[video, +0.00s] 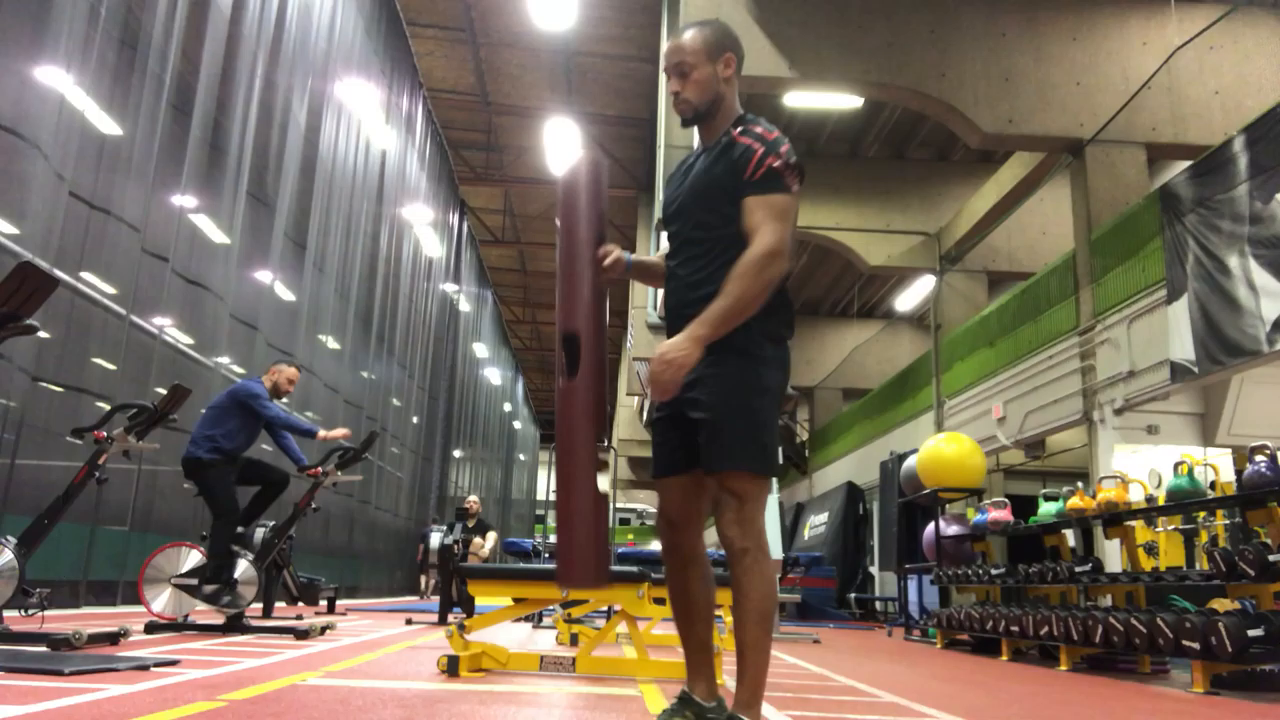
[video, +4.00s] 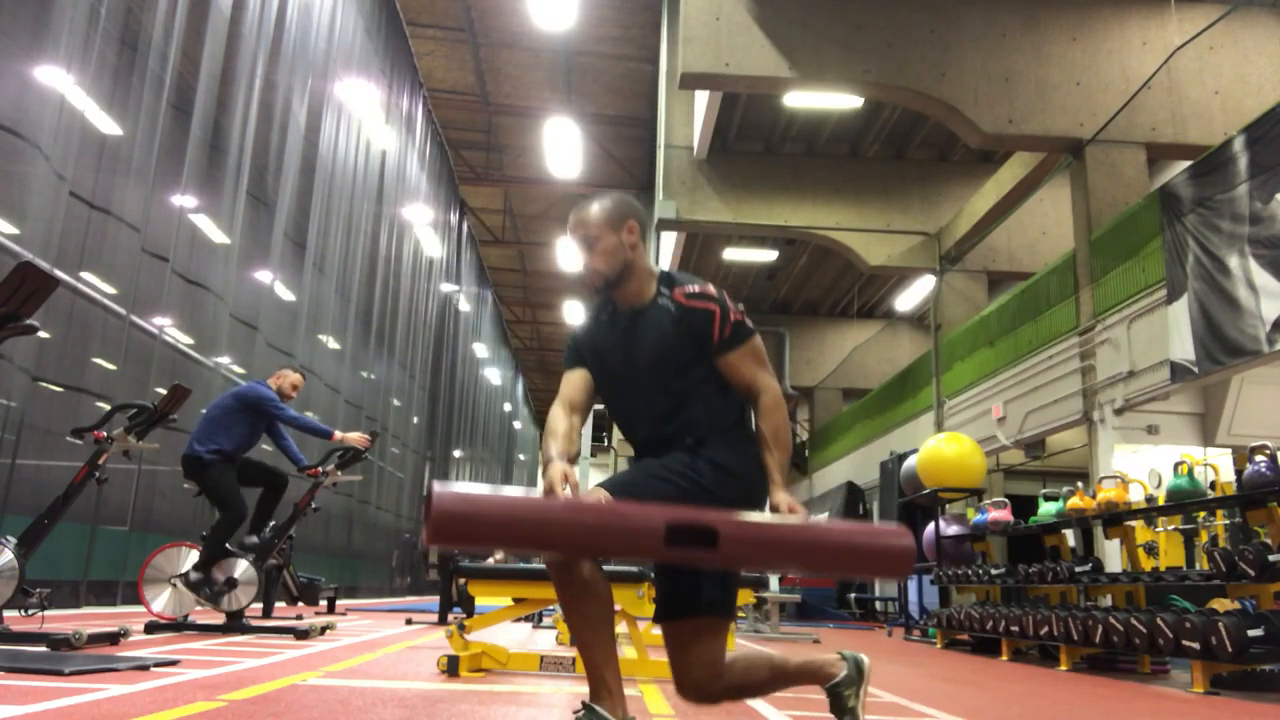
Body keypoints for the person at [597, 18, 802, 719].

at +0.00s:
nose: (671, 85)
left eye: (683, 70)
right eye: (667, 74)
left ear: (727, 68)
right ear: (673, 79)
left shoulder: (761, 143)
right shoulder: (686, 169)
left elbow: (771, 253)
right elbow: (687, 273)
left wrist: (694, 338)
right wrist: (629, 266)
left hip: (743, 359)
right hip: (684, 359)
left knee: (740, 525)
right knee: (677, 523)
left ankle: (748, 708)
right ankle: (701, 694)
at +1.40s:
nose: (627, 110)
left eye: (639, 97)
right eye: (625, 101)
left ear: (681, 98)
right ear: (654, 105)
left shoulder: (705, 163)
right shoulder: (661, 185)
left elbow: (717, 253)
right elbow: (646, 297)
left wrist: (624, 255)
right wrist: (586, 276)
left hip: (678, 366)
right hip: (654, 366)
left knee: (649, 525)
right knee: (645, 526)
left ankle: (685, 699)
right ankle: (683, 696)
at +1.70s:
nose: (616, 110)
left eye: (628, 95)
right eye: (613, 101)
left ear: (670, 97)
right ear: (622, 110)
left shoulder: (698, 165)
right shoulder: (635, 194)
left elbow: (690, 256)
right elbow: (581, 249)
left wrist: (589, 258)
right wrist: (525, 198)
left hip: (668, 363)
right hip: (648, 364)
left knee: (616, 521)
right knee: (654, 535)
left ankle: (609, 703)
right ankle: (687, 699)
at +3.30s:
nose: (574, 92)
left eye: (585, 78)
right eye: (571, 83)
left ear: (630, 79)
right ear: (579, 93)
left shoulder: (663, 158)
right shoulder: (592, 186)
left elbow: (697, 257)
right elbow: (559, 272)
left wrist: (629, 321)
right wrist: (499, 271)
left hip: (649, 371)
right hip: (607, 372)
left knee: (603, 526)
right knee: (574, 526)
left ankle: (616, 707)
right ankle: (658, 674)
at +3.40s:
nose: (572, 98)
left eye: (584, 84)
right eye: (569, 88)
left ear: (628, 83)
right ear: (581, 95)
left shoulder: (669, 165)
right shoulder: (581, 193)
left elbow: (711, 264)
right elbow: (544, 275)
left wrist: (669, 343)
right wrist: (487, 283)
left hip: (659, 368)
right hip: (616, 370)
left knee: (599, 522)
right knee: (610, 535)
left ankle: (614, 707)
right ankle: (725, 645)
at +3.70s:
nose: (571, 168)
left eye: (581, 153)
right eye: (566, 156)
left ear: (620, 147)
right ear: (568, 161)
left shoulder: (678, 221)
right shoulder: (579, 247)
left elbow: (744, 304)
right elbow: (549, 320)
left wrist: (745, 395)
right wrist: (528, 356)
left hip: (689, 411)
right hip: (653, 417)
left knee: (573, 524)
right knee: (708, 585)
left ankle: (611, 706)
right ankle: (830, 664)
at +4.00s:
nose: (583, 261)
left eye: (591, 246)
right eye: (578, 249)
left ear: (631, 236)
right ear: (579, 249)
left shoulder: (700, 303)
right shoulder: (593, 334)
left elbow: (766, 389)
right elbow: (567, 407)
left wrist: (778, 483)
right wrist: (556, 460)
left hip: (722, 470)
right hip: (668, 477)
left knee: (566, 525)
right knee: (700, 679)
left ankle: (609, 707)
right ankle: (837, 670)